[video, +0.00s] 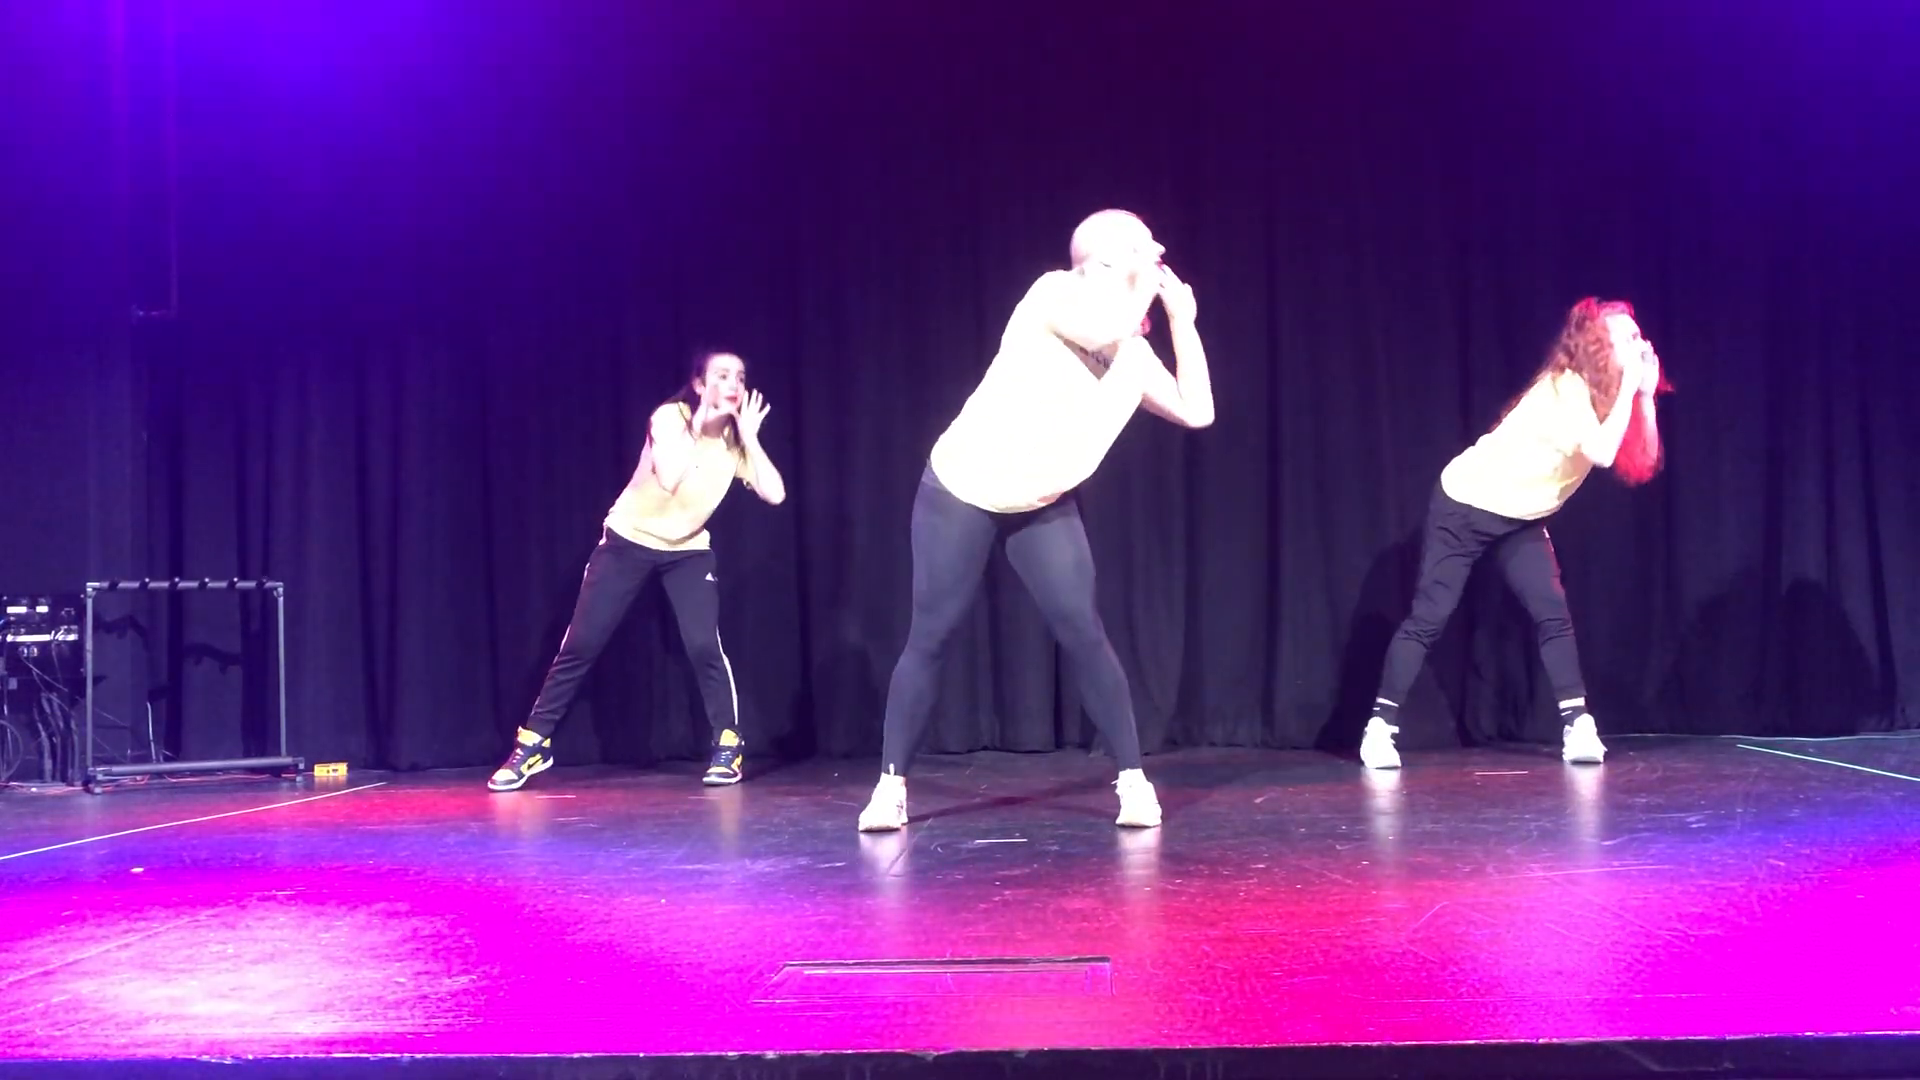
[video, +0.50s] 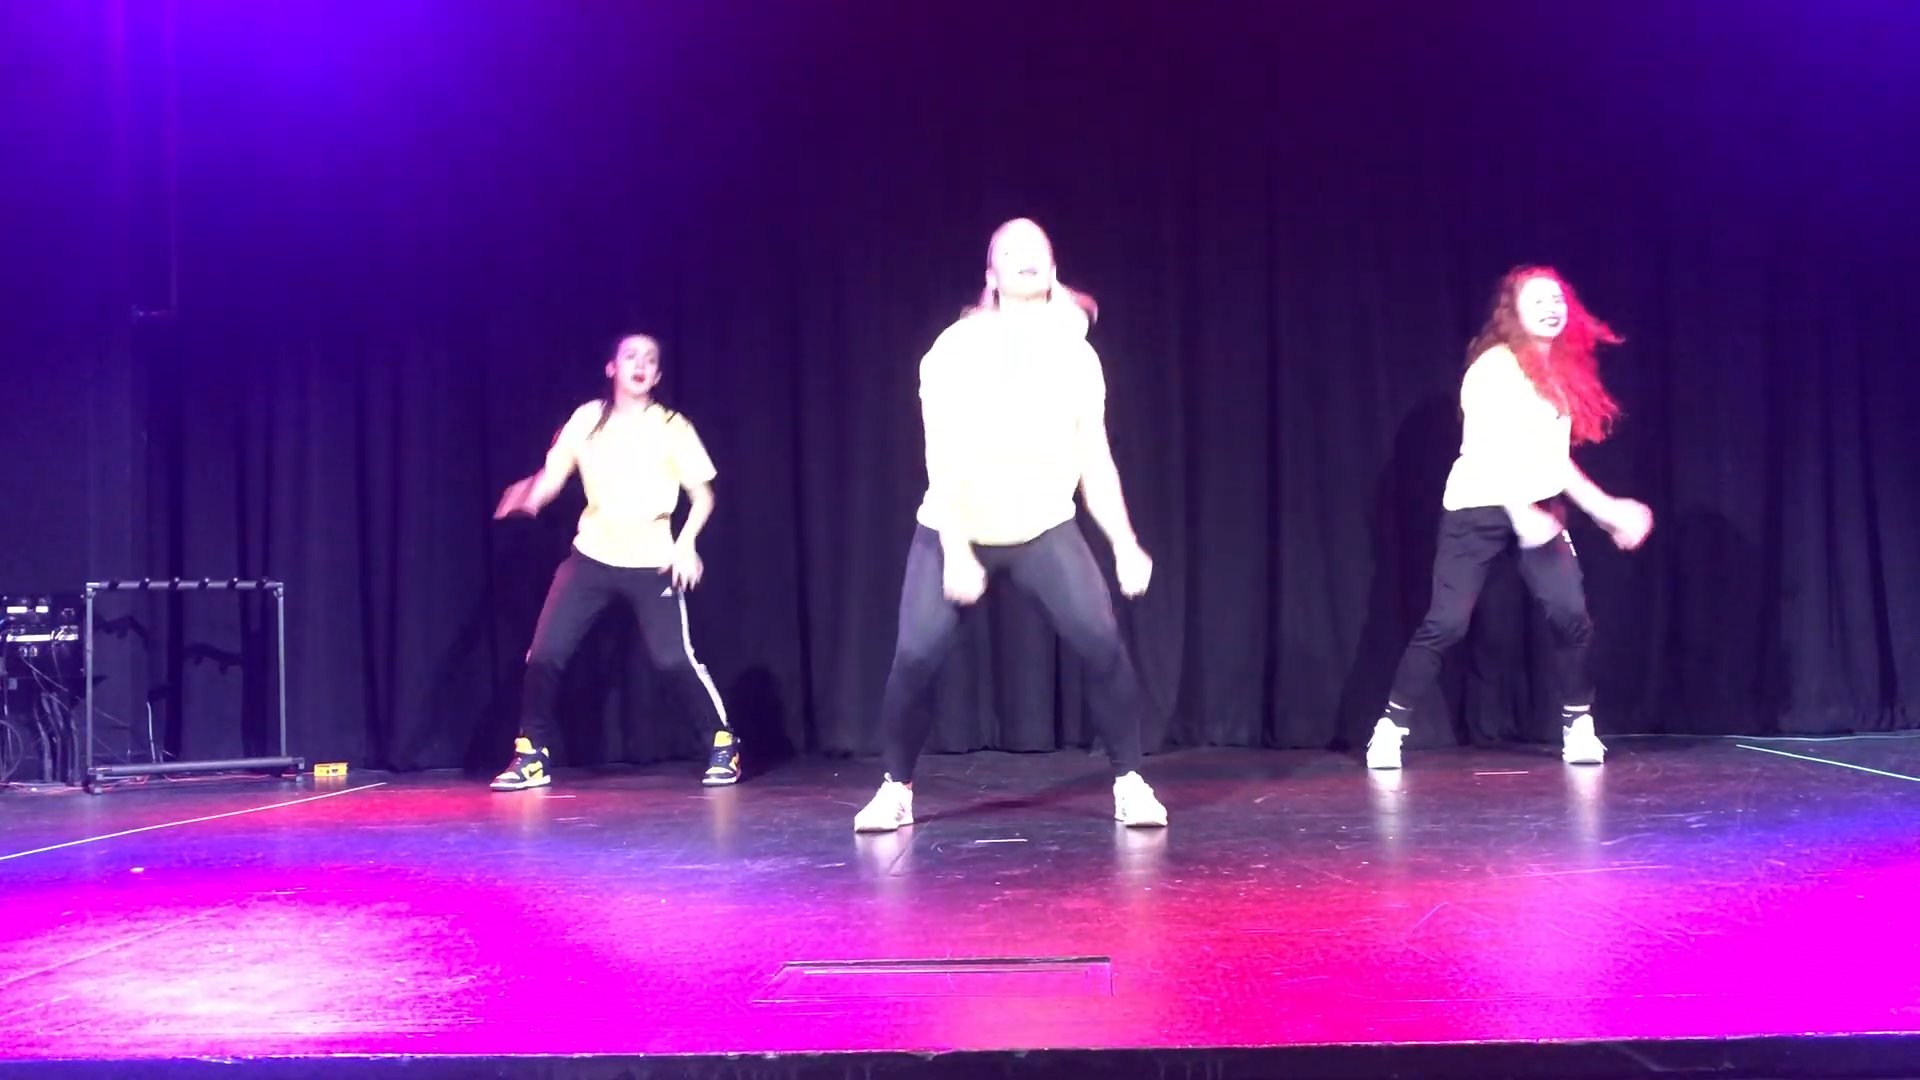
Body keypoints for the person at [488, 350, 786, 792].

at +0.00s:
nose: (730, 386)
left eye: (737, 379)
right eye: (721, 377)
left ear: (745, 391)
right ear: (699, 384)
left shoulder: (738, 440)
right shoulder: (671, 417)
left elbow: (775, 494)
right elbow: (668, 476)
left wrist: (750, 438)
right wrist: (705, 427)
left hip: (689, 550)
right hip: (627, 542)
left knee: (703, 647)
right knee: (579, 646)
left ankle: (728, 747)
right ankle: (532, 746)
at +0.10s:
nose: (725, 368)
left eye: (731, 362)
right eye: (714, 359)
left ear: (736, 376)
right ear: (690, 369)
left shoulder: (730, 427)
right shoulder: (662, 405)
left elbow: (771, 476)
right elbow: (656, 458)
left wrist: (744, 420)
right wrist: (691, 407)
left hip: (689, 547)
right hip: (627, 540)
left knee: (703, 648)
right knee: (579, 645)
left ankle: (728, 747)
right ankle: (534, 746)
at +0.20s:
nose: (707, 355)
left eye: (715, 349)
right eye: (698, 345)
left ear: (722, 365)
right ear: (674, 356)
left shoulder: (719, 417)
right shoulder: (647, 396)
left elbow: (764, 465)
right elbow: (629, 442)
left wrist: (732, 411)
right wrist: (669, 398)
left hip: (686, 543)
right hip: (624, 537)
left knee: (702, 649)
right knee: (576, 646)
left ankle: (728, 747)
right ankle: (535, 746)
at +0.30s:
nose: (689, 346)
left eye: (697, 341)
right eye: (679, 337)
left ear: (705, 357)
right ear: (656, 349)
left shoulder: (707, 410)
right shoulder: (628, 393)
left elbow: (753, 469)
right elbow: (590, 439)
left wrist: (720, 416)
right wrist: (634, 394)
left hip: (676, 541)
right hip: (615, 536)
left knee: (698, 650)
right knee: (571, 645)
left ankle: (728, 745)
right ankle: (534, 748)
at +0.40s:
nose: (667, 347)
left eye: (675, 341)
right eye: (658, 338)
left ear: (683, 355)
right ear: (636, 350)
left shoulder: (694, 413)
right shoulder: (610, 396)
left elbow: (734, 476)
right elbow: (555, 452)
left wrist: (707, 466)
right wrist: (591, 412)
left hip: (666, 545)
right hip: (603, 541)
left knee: (690, 651)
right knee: (559, 645)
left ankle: (727, 745)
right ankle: (532, 750)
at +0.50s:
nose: (640, 367)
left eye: (649, 360)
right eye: (631, 358)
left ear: (659, 373)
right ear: (612, 368)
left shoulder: (673, 429)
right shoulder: (587, 420)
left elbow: (703, 496)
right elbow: (551, 477)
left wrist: (686, 542)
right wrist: (528, 499)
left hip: (652, 560)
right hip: (591, 557)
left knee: (674, 658)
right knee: (544, 654)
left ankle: (723, 745)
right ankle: (532, 757)